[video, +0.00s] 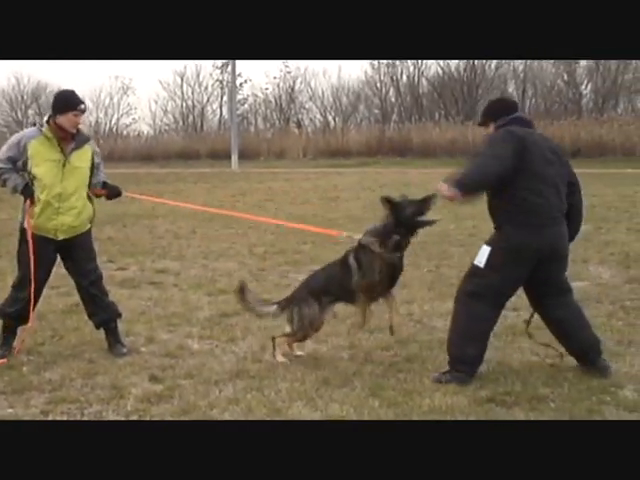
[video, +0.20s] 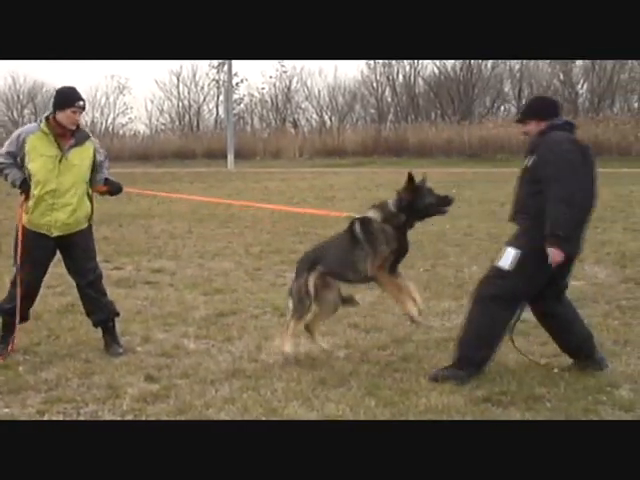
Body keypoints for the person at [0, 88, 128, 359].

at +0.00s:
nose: (79, 119)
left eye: (81, 114)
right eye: (74, 114)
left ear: (80, 116)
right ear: (57, 115)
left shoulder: (87, 145)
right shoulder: (28, 140)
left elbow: (96, 176)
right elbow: (4, 166)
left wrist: (101, 188)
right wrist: (21, 185)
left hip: (77, 229)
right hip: (38, 230)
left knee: (91, 283)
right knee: (28, 286)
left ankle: (113, 335)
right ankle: (7, 335)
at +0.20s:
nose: (78, 117)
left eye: (81, 112)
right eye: (74, 111)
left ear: (80, 114)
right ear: (57, 111)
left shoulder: (89, 143)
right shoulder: (27, 136)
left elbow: (98, 174)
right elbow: (6, 160)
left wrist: (104, 185)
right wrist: (20, 180)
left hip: (76, 225)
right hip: (37, 226)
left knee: (90, 279)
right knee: (25, 282)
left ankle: (110, 333)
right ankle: (6, 333)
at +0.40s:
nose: (73, 116)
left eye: (76, 111)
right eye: (68, 111)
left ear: (77, 113)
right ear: (52, 111)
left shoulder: (83, 142)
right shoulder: (22, 136)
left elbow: (92, 172)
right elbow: (2, 164)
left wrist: (96, 184)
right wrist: (16, 181)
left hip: (74, 227)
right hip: (35, 227)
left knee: (88, 280)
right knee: (22, 284)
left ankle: (107, 334)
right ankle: (2, 329)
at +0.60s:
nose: (60, 119)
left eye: (63, 114)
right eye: (55, 114)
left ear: (64, 116)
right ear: (39, 114)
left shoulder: (70, 145)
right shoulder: (10, 143)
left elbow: (83, 174)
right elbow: (0, 173)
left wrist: (88, 190)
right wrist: (8, 189)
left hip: (67, 227)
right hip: (25, 231)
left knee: (87, 278)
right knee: (16, 288)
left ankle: (106, 336)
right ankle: (4, 345)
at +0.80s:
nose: (62, 121)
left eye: (65, 116)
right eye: (57, 116)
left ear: (66, 118)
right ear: (41, 117)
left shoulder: (77, 147)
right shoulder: (14, 147)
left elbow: (92, 171)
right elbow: (2, 177)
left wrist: (91, 188)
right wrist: (14, 192)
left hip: (73, 231)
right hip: (32, 234)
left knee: (88, 285)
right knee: (19, 289)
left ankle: (109, 342)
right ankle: (4, 343)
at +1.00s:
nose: (67, 121)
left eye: (70, 116)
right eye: (62, 116)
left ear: (72, 117)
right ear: (46, 117)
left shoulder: (80, 146)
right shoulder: (18, 145)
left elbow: (91, 168)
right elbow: (3, 175)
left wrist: (89, 185)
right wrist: (17, 190)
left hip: (74, 230)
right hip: (36, 232)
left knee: (87, 283)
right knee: (22, 288)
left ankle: (108, 341)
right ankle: (4, 340)